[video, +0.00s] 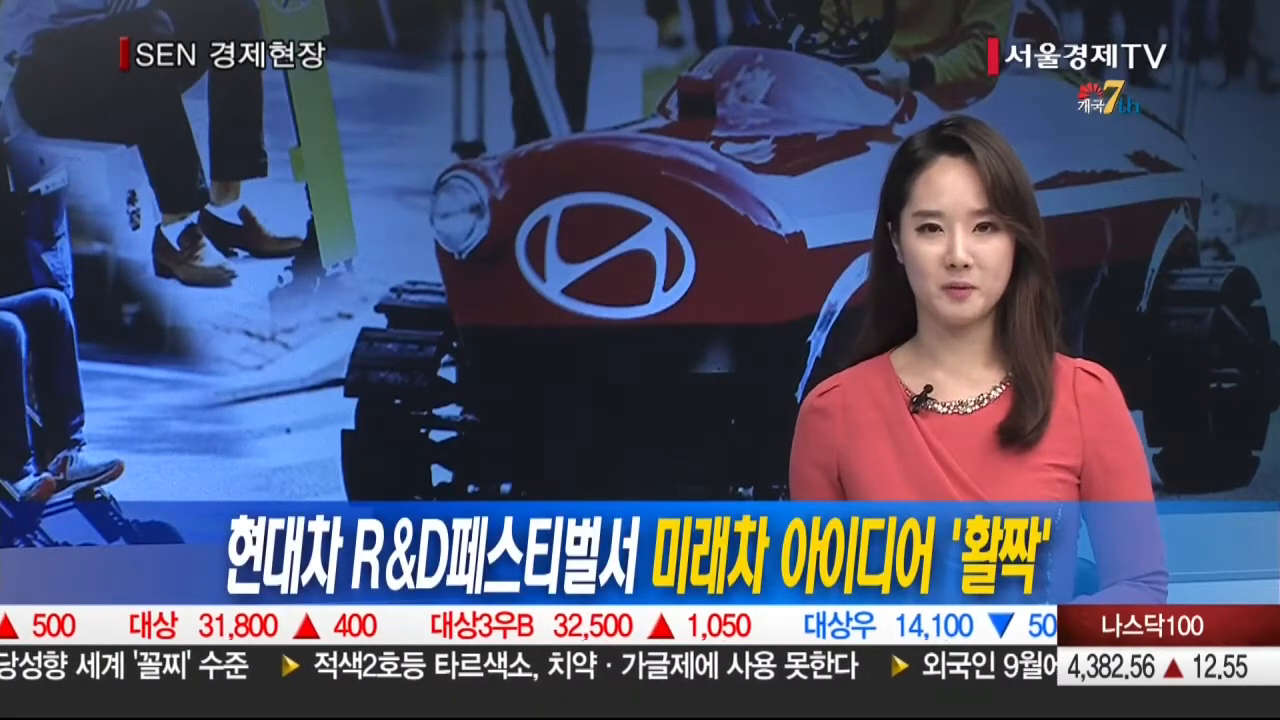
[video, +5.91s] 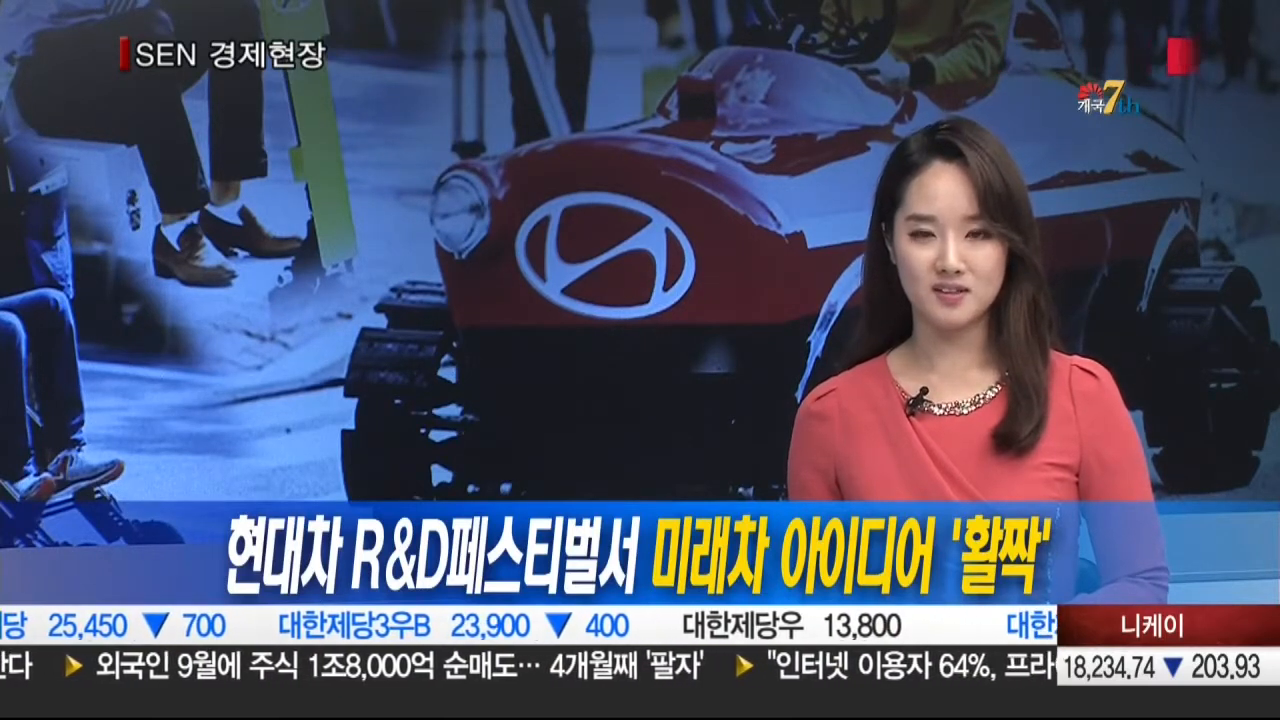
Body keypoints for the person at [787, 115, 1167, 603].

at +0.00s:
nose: (959, 256)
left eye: (985, 227)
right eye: (930, 228)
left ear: (1019, 243)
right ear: (897, 244)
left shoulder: (1086, 398)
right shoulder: (832, 414)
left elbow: (1139, 585)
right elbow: (814, 605)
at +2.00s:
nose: (953, 256)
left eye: (981, 229)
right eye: (927, 226)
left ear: (1015, 246)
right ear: (893, 241)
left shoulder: (1084, 396)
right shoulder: (830, 414)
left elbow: (1143, 581)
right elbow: (809, 603)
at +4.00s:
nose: (953, 260)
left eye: (980, 231)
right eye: (925, 231)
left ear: (1015, 245)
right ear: (893, 245)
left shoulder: (1084, 397)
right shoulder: (830, 415)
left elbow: (1143, 582)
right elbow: (811, 604)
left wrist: (1035, 644)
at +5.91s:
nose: (950, 262)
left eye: (977, 233)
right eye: (923, 234)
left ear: (1012, 246)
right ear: (890, 245)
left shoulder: (1083, 397)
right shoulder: (830, 416)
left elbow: (1142, 581)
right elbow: (810, 604)